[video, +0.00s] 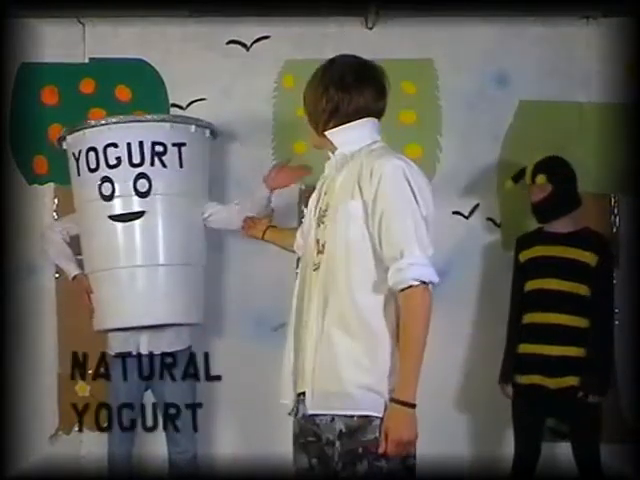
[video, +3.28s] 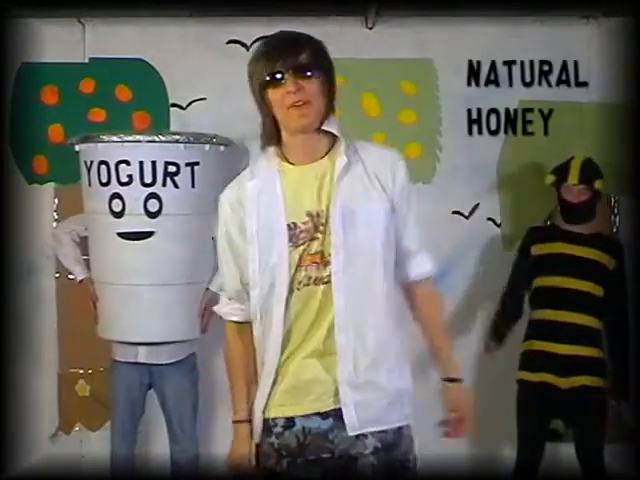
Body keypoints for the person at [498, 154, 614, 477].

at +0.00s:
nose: (532, 195)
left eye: (539, 186)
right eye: (531, 187)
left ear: (559, 189)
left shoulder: (596, 246)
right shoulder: (526, 244)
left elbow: (603, 318)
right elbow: (516, 313)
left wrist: (598, 376)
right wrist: (508, 366)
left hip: (578, 377)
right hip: (529, 375)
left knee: (587, 462)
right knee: (524, 459)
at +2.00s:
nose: (554, 195)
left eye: (561, 187)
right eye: (546, 188)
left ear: (573, 189)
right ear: (534, 193)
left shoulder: (597, 245)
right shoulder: (520, 245)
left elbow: (605, 313)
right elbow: (511, 308)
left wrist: (608, 372)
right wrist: (504, 359)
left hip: (581, 372)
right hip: (531, 373)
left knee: (588, 460)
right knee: (524, 459)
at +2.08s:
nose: (556, 195)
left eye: (563, 187)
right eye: (548, 187)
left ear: (575, 189)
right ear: (535, 193)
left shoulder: (597, 245)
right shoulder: (521, 245)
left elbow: (607, 314)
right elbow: (509, 309)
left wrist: (609, 372)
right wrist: (479, 326)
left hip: (581, 371)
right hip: (532, 371)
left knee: (589, 461)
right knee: (525, 459)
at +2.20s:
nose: (555, 194)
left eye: (563, 186)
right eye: (547, 187)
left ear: (576, 190)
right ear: (537, 191)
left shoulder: (599, 245)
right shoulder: (525, 241)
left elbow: (609, 315)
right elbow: (496, 291)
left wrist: (613, 374)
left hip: (581, 370)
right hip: (533, 369)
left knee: (589, 460)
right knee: (526, 459)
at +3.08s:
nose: (579, 195)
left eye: (588, 188)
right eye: (572, 187)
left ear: (600, 193)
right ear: (561, 190)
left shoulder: (611, 249)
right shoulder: (537, 237)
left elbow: (618, 320)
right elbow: (498, 282)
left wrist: (622, 380)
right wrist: (494, 245)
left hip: (587, 368)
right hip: (538, 364)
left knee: (591, 460)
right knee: (527, 458)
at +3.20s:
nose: (577, 196)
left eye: (586, 188)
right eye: (570, 187)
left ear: (598, 193)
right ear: (559, 190)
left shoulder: (610, 249)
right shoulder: (536, 237)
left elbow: (618, 318)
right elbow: (511, 282)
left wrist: (621, 376)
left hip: (587, 365)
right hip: (538, 361)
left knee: (591, 458)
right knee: (528, 457)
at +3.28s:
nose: (574, 196)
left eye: (583, 189)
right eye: (568, 188)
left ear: (596, 194)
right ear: (557, 191)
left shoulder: (610, 249)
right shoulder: (536, 238)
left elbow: (617, 318)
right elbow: (514, 293)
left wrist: (621, 375)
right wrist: (497, 331)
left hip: (586, 365)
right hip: (537, 361)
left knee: (591, 458)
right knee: (528, 457)